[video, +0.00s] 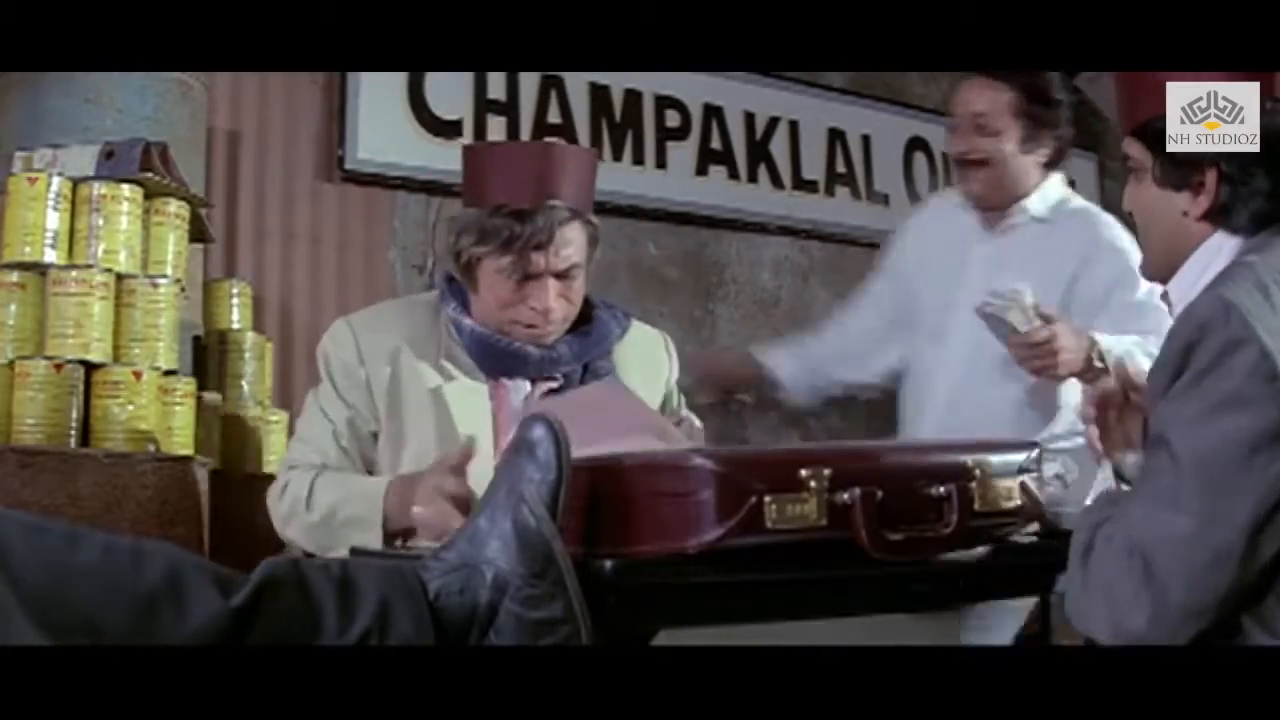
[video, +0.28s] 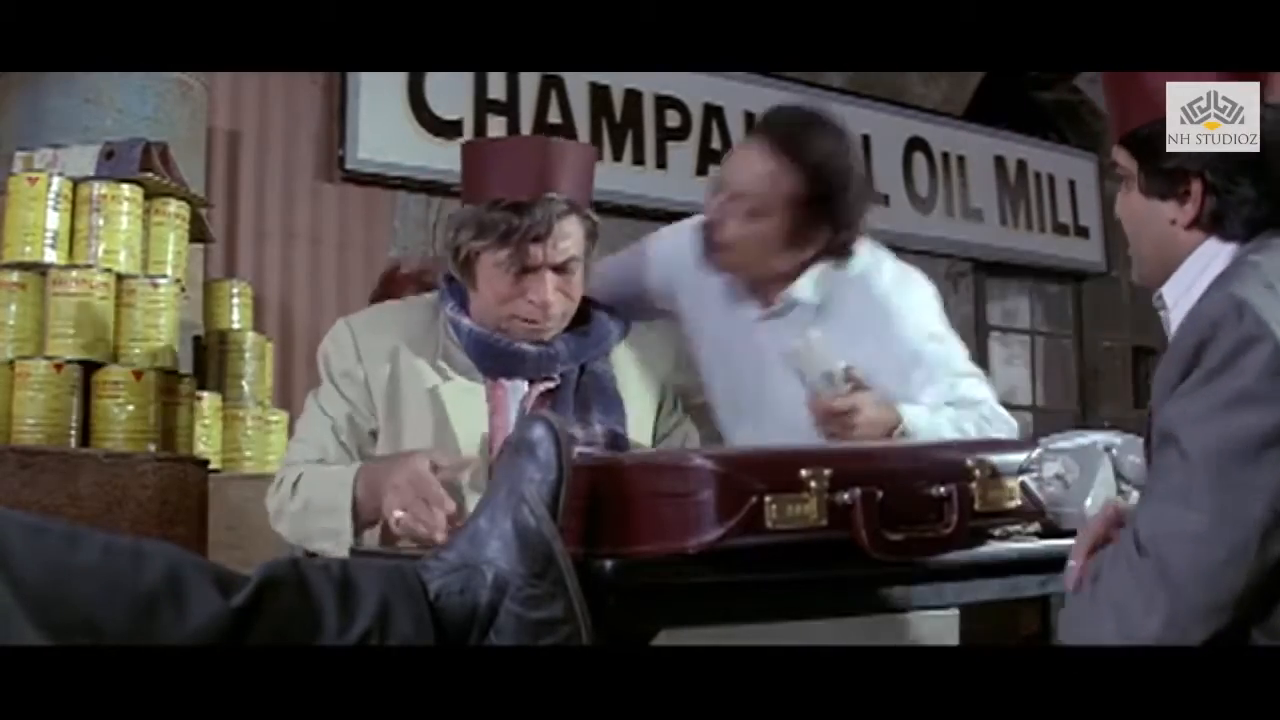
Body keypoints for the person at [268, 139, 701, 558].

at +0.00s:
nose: (545, 300)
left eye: (566, 274)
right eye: (520, 275)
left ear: (588, 267)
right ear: (465, 264)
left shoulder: (644, 354)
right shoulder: (368, 351)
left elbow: (696, 460)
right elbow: (296, 496)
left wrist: (673, 450)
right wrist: (400, 502)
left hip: (601, 618)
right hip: (429, 626)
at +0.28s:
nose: (545, 295)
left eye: (564, 269)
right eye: (519, 269)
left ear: (587, 268)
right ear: (464, 262)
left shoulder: (635, 363)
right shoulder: (368, 349)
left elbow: (698, 483)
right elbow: (292, 497)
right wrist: (372, 487)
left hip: (586, 619)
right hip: (416, 623)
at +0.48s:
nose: (524, 289)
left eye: (545, 259)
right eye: (497, 261)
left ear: (576, 257)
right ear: (450, 262)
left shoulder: (620, 364)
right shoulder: (389, 357)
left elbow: (675, 490)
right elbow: (296, 502)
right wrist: (383, 499)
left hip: (579, 615)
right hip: (423, 623)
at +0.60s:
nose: (469, 280)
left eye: (486, 251)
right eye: (436, 259)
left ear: (515, 253)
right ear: (392, 264)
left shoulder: (586, 351)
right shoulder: (338, 370)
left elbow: (652, 474)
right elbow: (309, 526)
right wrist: (394, 508)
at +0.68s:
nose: (427, 252)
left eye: (438, 219)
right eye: (390, 237)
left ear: (461, 217)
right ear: (344, 255)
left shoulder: (555, 303)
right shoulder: (308, 372)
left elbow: (631, 430)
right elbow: (312, 536)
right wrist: (413, 505)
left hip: (585, 594)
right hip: (428, 622)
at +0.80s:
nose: (466, 217)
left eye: (454, 196)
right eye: (434, 202)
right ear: (363, 244)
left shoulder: (529, 305)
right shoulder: (283, 382)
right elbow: (285, 547)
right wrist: (389, 516)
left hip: (551, 603)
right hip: (399, 625)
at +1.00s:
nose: (485, 209)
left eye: (472, 191)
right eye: (454, 195)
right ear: (384, 241)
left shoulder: (524, 302)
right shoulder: (286, 379)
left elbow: (609, 408)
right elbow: (270, 549)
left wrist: (617, 479)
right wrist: (377, 513)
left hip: (554, 606)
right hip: (405, 627)